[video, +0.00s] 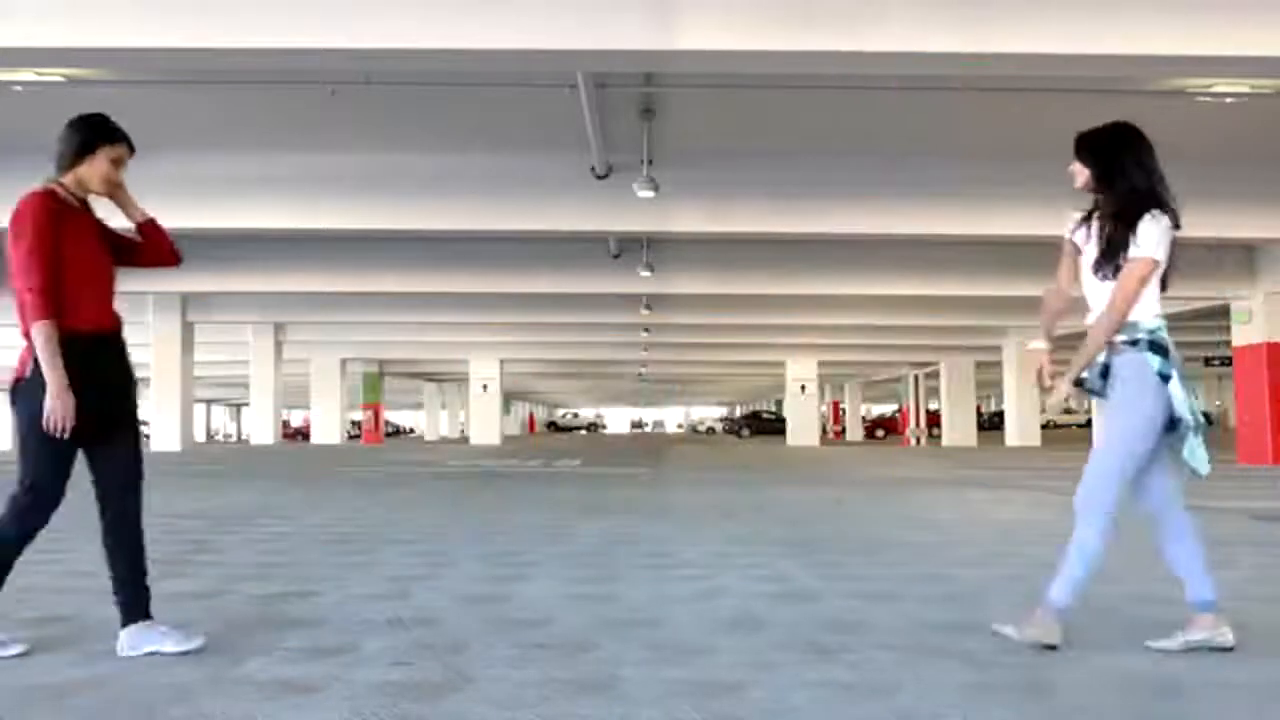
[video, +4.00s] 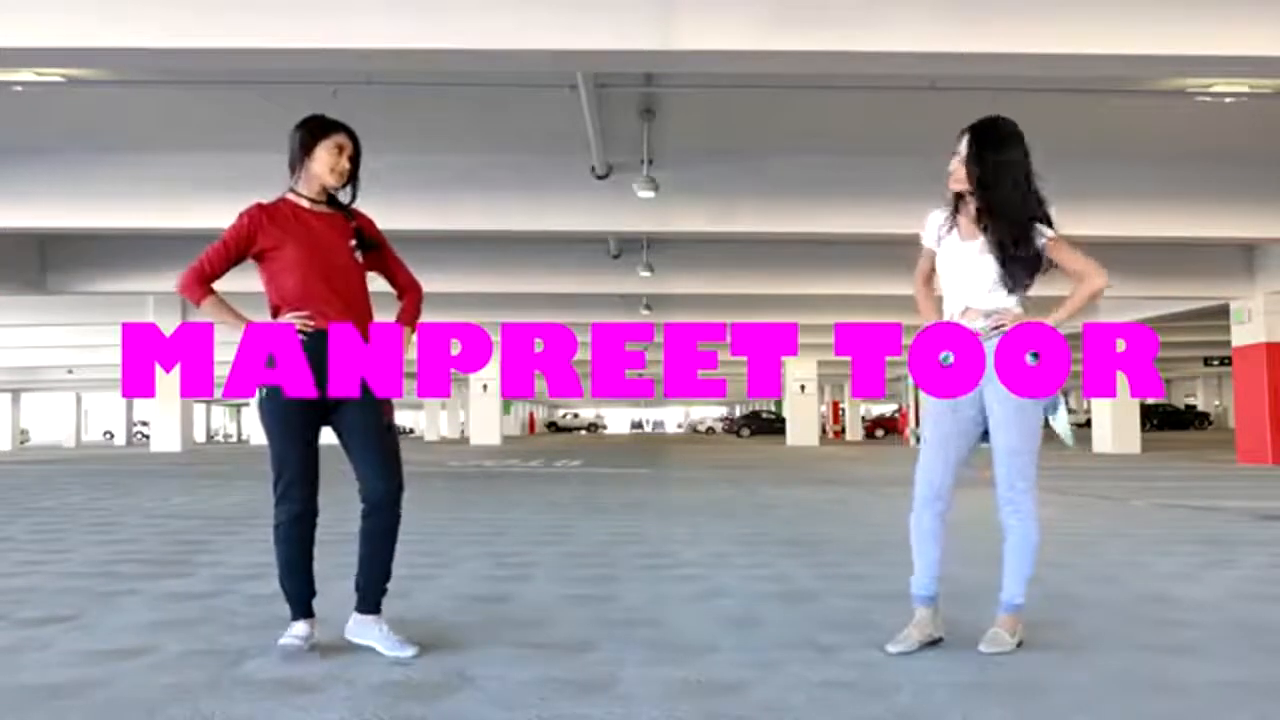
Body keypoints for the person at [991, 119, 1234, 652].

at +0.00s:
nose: (1071, 168)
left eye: (1081, 160)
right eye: (1074, 159)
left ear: (1108, 167)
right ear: (1111, 168)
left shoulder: (1153, 223)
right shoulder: (1083, 227)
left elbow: (1120, 304)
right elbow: (1062, 292)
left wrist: (1075, 368)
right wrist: (1045, 340)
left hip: (1141, 368)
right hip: (1110, 367)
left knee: (1097, 491)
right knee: (1161, 498)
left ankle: (1050, 614)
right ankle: (1206, 616)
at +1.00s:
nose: (976, 148)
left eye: (985, 142)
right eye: (965, 140)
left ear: (996, 158)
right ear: (944, 152)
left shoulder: (1006, 225)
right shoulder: (919, 213)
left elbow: (1025, 306)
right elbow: (911, 298)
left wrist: (1059, 381)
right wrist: (914, 372)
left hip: (1007, 358)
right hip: (943, 359)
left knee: (1005, 493)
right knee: (960, 498)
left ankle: (1022, 618)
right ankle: (915, 612)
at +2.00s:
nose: (930, 164)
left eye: (934, 152)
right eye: (915, 163)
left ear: (949, 158)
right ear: (904, 180)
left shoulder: (952, 226)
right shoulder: (921, 223)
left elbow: (954, 309)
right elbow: (940, 307)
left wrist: (972, 379)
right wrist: (972, 383)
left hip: (958, 365)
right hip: (923, 365)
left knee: (994, 488)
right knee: (936, 492)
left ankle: (971, 615)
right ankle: (916, 615)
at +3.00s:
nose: (920, 160)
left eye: (928, 150)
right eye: (914, 152)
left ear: (956, 150)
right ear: (914, 158)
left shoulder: (991, 215)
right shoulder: (907, 210)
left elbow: (1028, 285)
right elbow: (842, 260)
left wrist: (1014, 329)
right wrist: (866, 323)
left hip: (976, 354)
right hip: (917, 350)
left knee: (986, 490)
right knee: (918, 488)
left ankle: (993, 614)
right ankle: (912, 613)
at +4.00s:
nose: (951, 163)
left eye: (963, 157)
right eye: (954, 153)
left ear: (988, 171)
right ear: (960, 162)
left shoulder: (1023, 230)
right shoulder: (940, 224)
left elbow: (1095, 277)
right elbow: (923, 280)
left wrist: (1047, 323)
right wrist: (936, 330)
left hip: (1012, 371)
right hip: (952, 369)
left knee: (1015, 494)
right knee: (930, 490)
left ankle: (1010, 616)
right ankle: (924, 612)